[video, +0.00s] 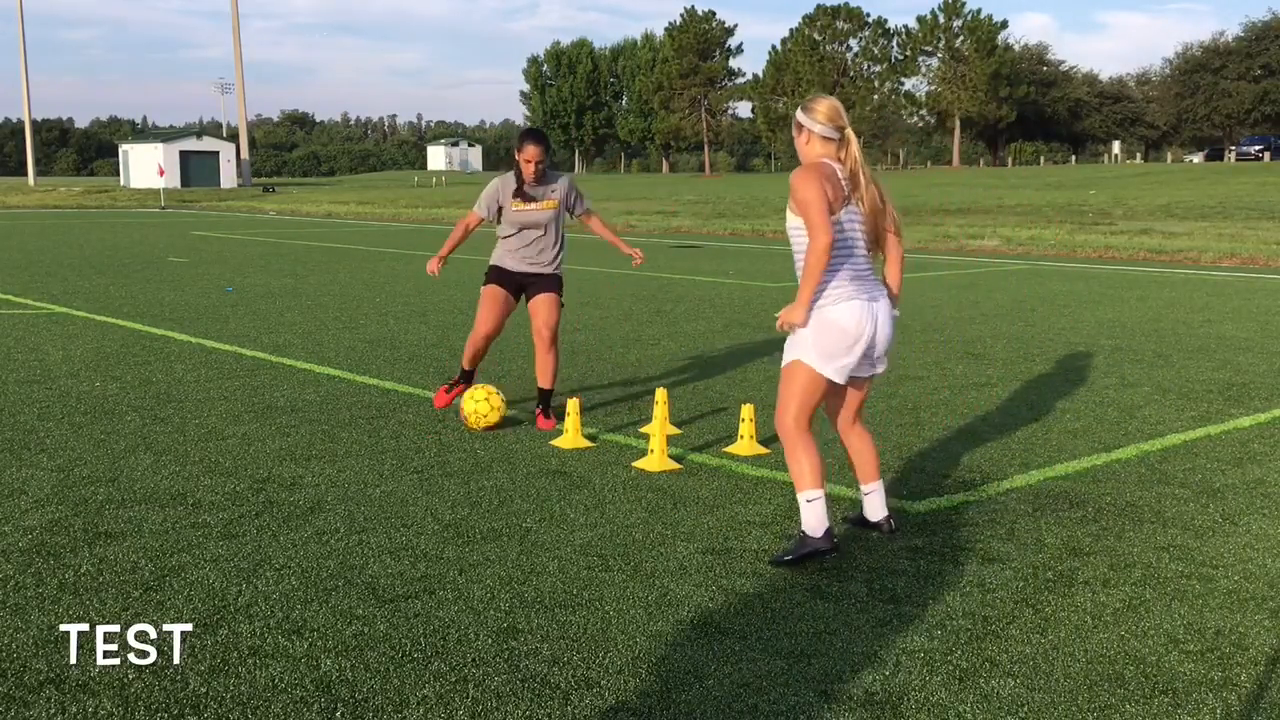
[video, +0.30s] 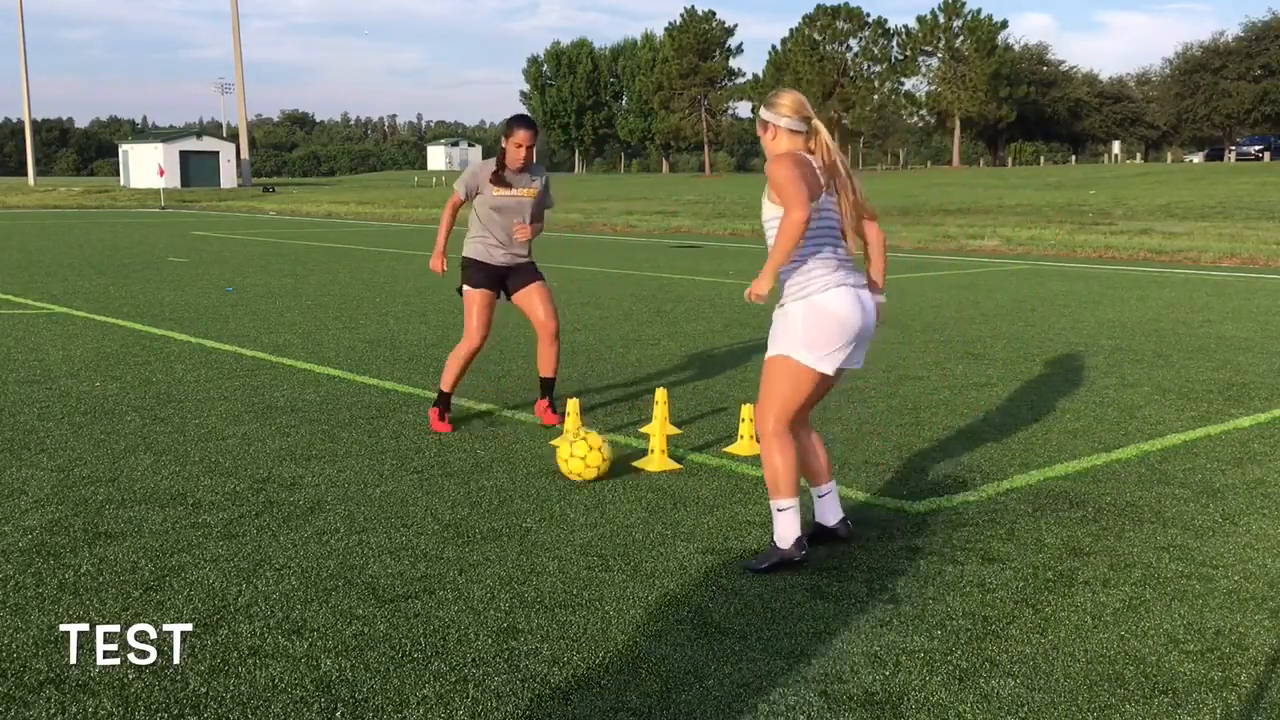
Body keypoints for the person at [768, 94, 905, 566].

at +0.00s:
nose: (794, 140)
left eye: (796, 133)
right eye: (796, 133)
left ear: (805, 134)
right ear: (839, 137)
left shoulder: (808, 175)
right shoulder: (862, 179)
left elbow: (821, 240)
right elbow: (892, 243)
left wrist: (800, 304)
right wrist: (889, 300)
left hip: (833, 312)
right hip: (876, 311)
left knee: (791, 420)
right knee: (847, 416)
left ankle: (816, 531)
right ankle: (878, 515)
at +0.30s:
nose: (760, 136)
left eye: (761, 128)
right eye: (761, 128)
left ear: (771, 129)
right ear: (803, 131)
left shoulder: (782, 163)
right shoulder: (829, 169)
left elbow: (798, 210)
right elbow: (871, 228)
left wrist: (768, 272)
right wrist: (876, 284)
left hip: (816, 303)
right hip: (853, 301)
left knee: (770, 422)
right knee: (797, 418)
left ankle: (787, 541)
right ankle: (831, 520)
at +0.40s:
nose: (751, 172)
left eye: (751, 163)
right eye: (750, 163)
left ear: (764, 158)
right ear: (794, 157)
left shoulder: (777, 196)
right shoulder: (826, 197)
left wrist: (711, 305)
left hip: (822, 331)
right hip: (845, 328)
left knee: (762, 431)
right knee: (741, 407)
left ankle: (793, 552)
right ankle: (801, 505)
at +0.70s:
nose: (756, 196)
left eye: (755, 188)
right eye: (755, 189)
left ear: (767, 186)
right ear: (799, 181)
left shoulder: (789, 220)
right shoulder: (836, 213)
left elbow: (761, 277)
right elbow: (893, 248)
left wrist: (715, 327)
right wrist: (928, 271)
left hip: (845, 343)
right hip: (882, 341)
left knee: (765, 437)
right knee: (803, 418)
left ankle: (795, 554)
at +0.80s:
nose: (786, 178)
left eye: (788, 170)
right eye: (787, 170)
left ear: (799, 170)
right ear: (831, 168)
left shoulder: (803, 212)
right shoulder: (867, 204)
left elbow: (814, 258)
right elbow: (920, 236)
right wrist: (952, 257)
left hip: (842, 333)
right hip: (893, 334)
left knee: (777, 436)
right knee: (860, 427)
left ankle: (795, 554)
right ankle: (926, 491)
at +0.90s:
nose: (823, 162)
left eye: (823, 156)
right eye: (824, 156)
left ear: (830, 156)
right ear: (868, 156)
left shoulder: (828, 202)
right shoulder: (902, 195)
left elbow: (856, 254)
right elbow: (946, 240)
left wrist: (889, 306)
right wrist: (958, 248)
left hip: (849, 322)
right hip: (908, 317)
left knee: (815, 433)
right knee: (912, 427)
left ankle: (798, 531)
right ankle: (938, 508)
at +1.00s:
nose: (858, 169)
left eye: (860, 163)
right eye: (860, 163)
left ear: (868, 164)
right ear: (902, 163)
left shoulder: (860, 205)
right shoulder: (926, 202)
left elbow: (869, 269)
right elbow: (938, 245)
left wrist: (872, 327)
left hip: (865, 325)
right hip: (922, 327)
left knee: (849, 420)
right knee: (924, 440)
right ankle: (936, 525)